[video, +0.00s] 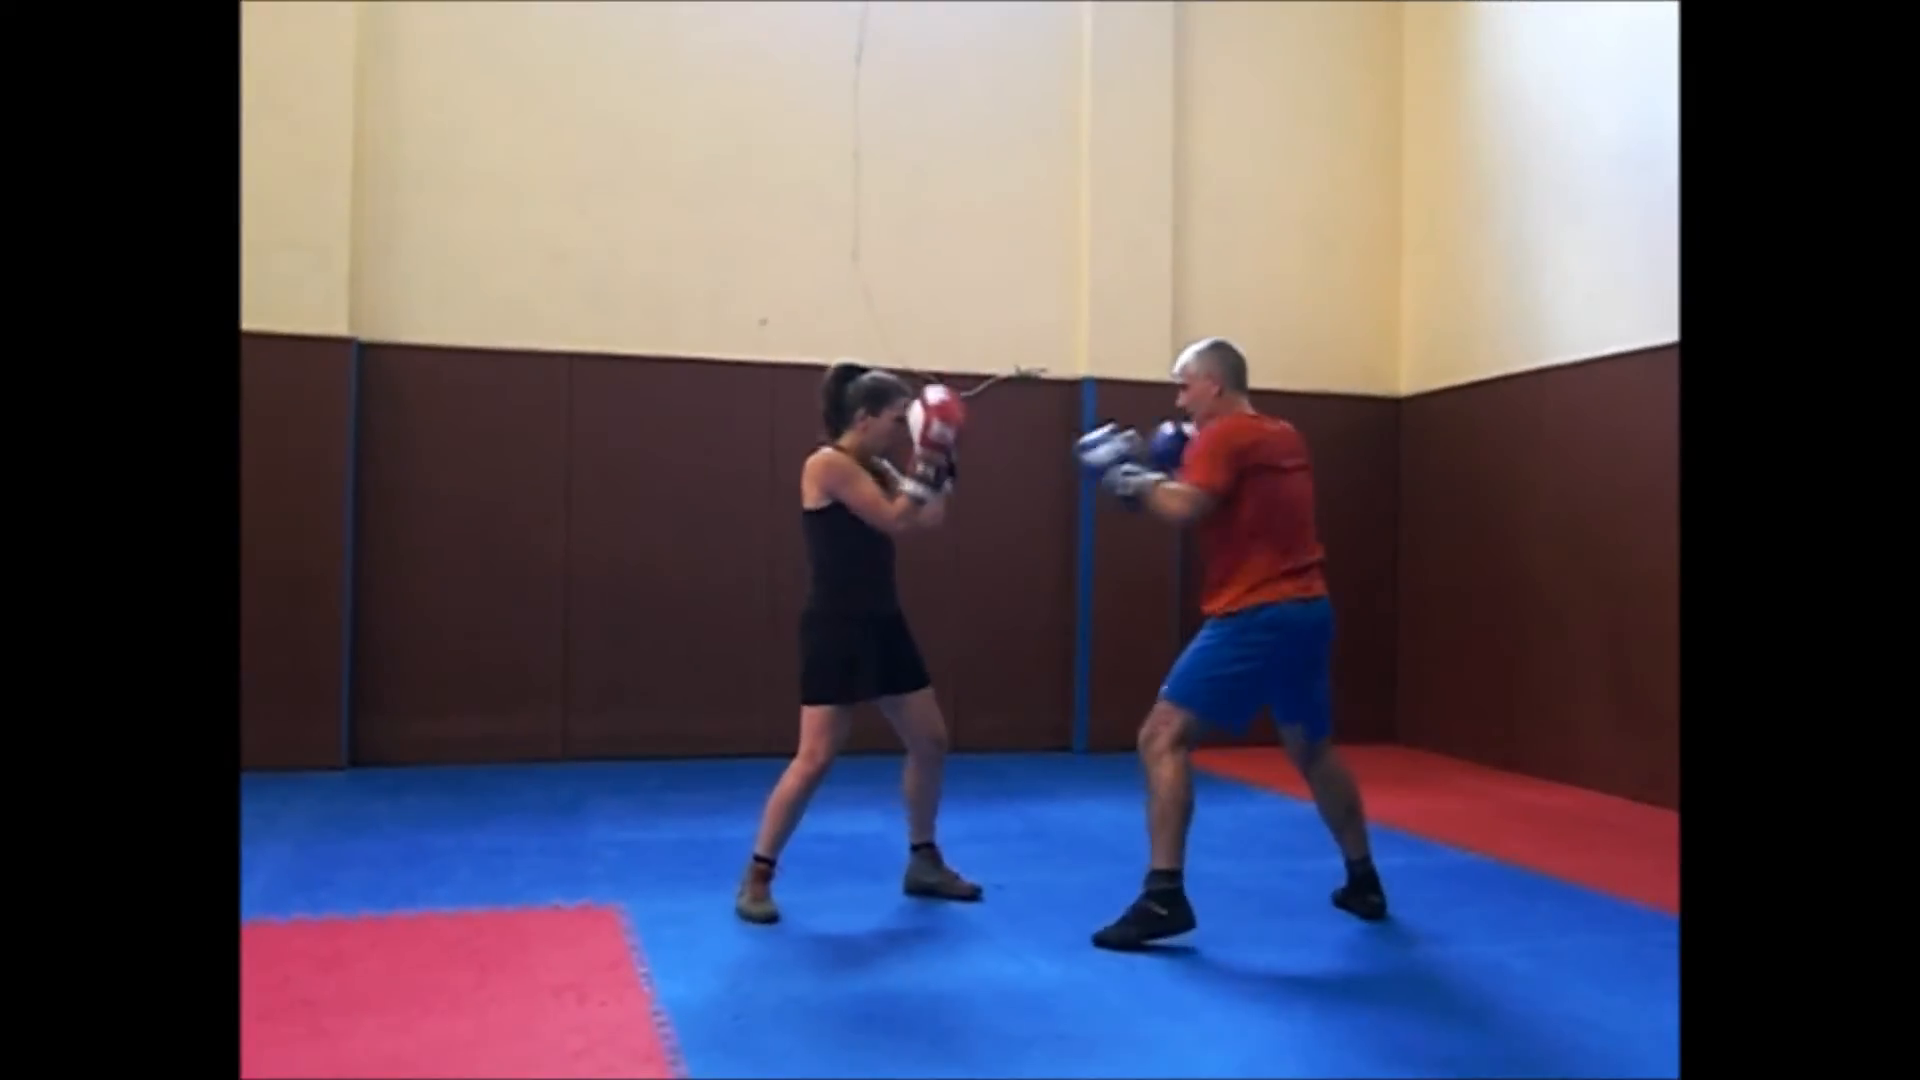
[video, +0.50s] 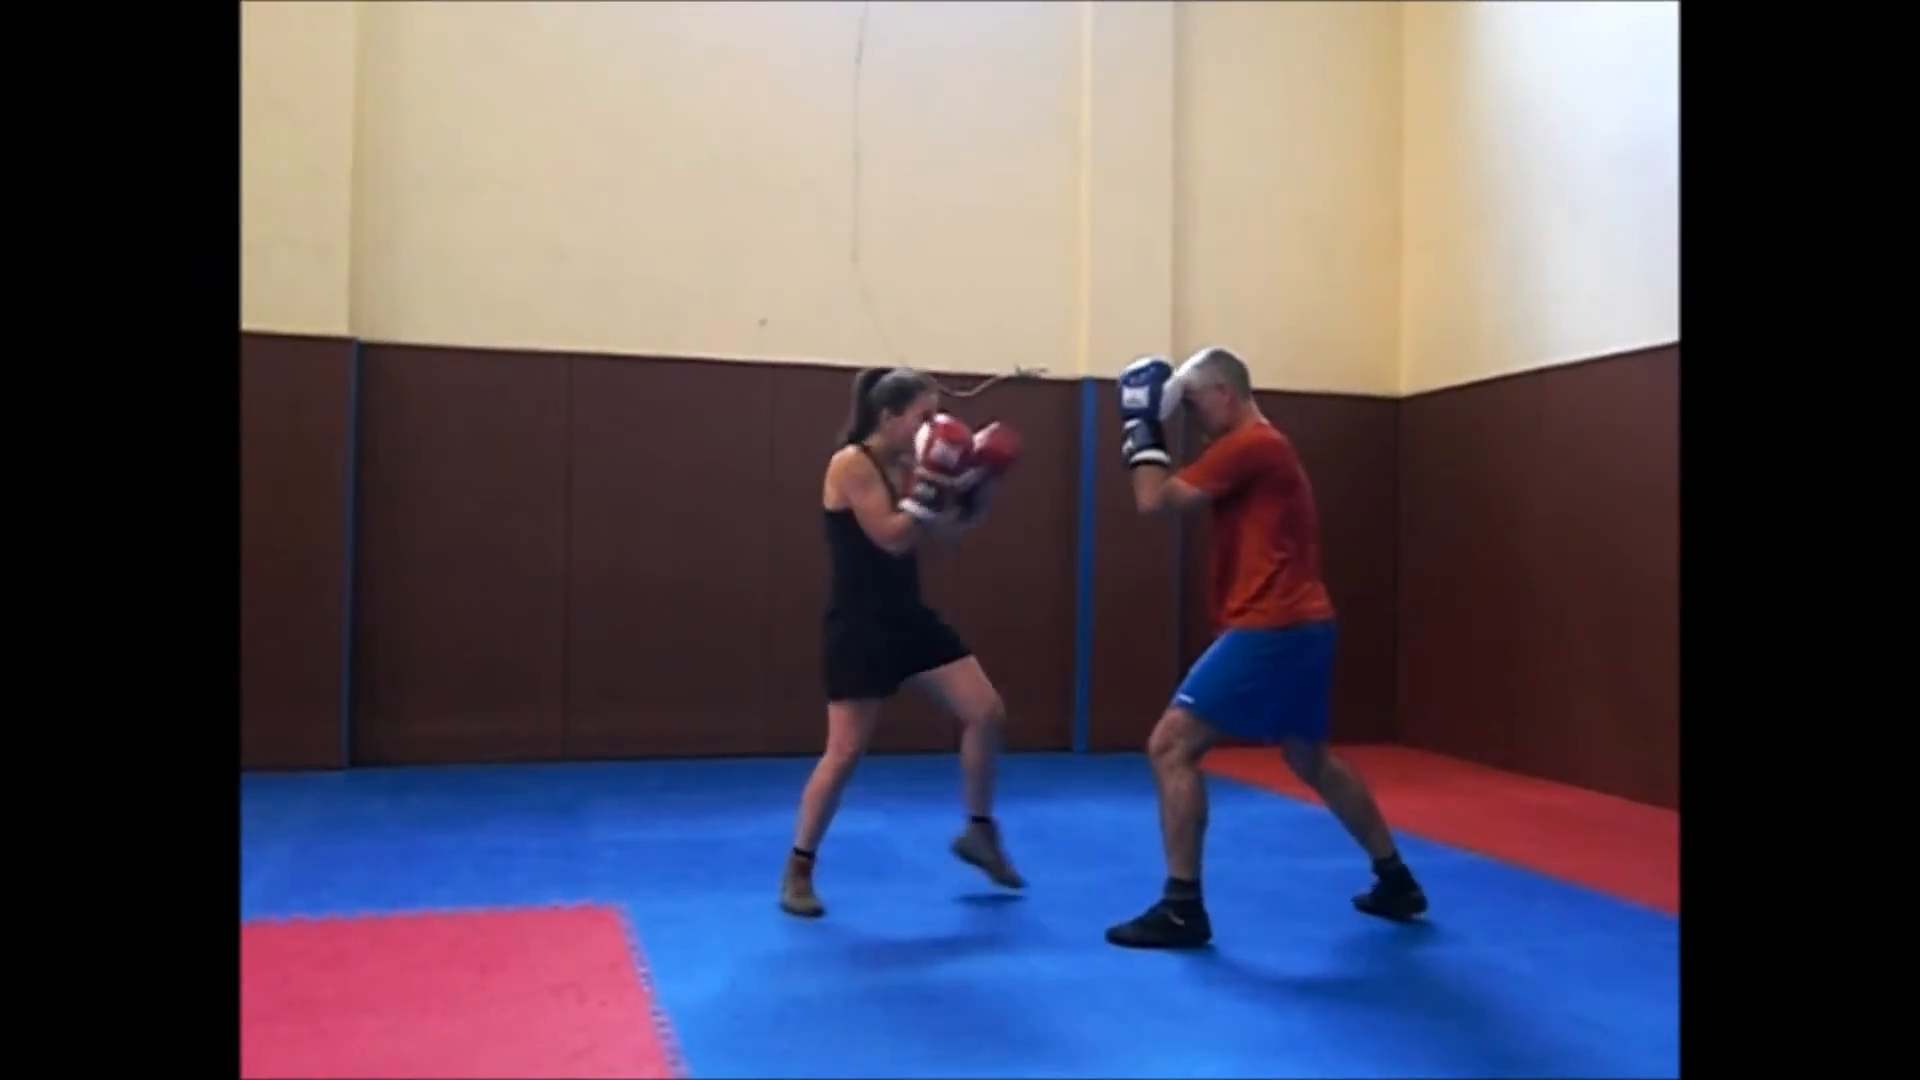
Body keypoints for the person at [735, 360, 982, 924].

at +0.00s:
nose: (902, 428)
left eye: (903, 418)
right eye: (896, 417)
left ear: (870, 420)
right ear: (864, 416)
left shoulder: (874, 470)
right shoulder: (827, 465)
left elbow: (925, 517)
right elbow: (890, 517)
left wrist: (940, 464)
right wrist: (927, 467)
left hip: (881, 628)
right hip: (835, 631)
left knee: (929, 739)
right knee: (814, 757)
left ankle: (925, 862)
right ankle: (758, 876)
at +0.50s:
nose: (928, 428)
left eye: (931, 418)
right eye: (922, 417)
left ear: (902, 419)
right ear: (889, 415)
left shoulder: (904, 466)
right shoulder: (851, 464)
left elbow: (946, 530)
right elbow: (889, 534)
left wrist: (969, 484)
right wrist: (928, 487)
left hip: (909, 620)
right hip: (859, 627)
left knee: (984, 712)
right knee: (844, 750)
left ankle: (979, 829)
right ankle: (799, 867)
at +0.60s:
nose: (942, 424)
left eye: (944, 414)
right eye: (933, 413)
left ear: (935, 416)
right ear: (896, 413)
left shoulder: (941, 451)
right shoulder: (859, 456)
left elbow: (1019, 471)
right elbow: (866, 534)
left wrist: (1060, 437)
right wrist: (918, 486)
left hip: (930, 614)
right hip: (872, 617)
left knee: (974, 729)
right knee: (850, 741)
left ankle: (992, 844)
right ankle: (803, 862)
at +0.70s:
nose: (961, 433)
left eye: (964, 424)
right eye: (954, 423)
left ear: (950, 424)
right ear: (917, 419)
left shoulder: (957, 458)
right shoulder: (875, 460)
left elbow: (1019, 490)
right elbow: (876, 534)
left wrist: (1059, 453)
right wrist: (930, 489)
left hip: (943, 619)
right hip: (888, 621)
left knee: (978, 734)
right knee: (865, 744)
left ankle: (988, 854)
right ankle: (810, 861)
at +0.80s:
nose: (981, 435)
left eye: (982, 426)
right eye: (974, 425)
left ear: (950, 425)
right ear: (942, 422)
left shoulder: (946, 470)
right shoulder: (902, 460)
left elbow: (970, 534)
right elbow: (930, 504)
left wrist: (1003, 499)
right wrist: (984, 467)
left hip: (940, 621)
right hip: (898, 622)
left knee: (976, 737)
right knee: (884, 745)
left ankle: (987, 856)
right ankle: (805, 857)